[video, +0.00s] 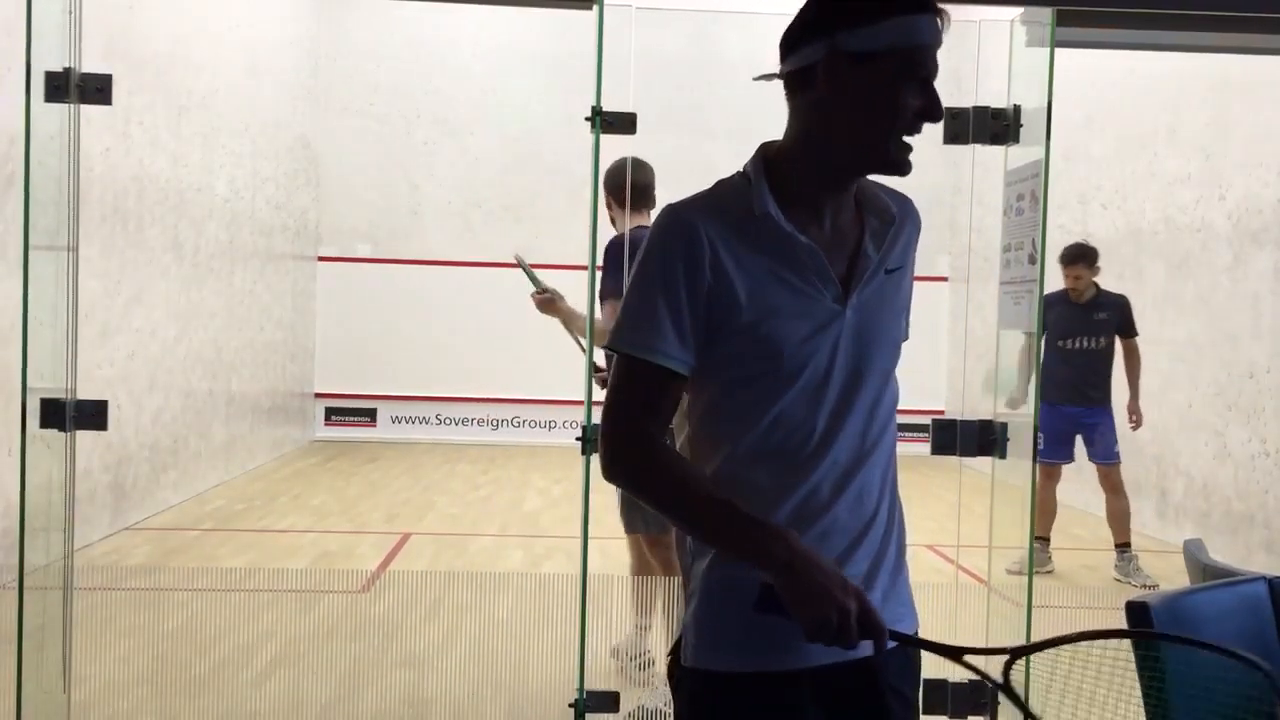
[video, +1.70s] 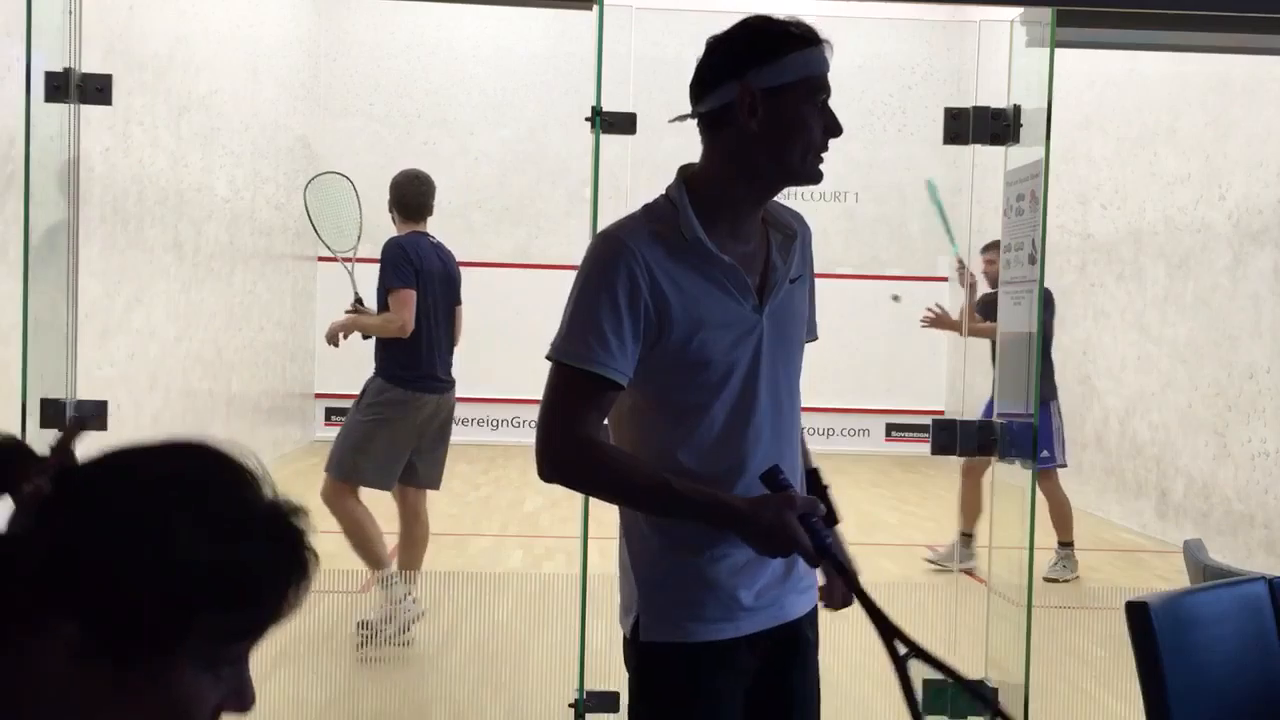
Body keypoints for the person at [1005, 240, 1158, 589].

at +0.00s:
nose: (1070, 284)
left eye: (1077, 278)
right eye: (1066, 277)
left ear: (1094, 273)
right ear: (1061, 273)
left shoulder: (1116, 305)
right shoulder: (1049, 304)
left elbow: (1130, 350)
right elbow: (1029, 347)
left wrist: (1134, 398)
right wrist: (1021, 390)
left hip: (1097, 409)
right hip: (1054, 407)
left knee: (1112, 480)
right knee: (1047, 476)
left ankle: (1125, 559)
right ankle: (1040, 552)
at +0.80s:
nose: (1030, 281)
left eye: (1033, 273)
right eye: (1023, 275)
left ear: (1044, 267)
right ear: (1017, 276)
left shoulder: (1076, 296)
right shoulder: (1016, 304)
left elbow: (1102, 344)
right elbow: (997, 356)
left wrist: (1080, 381)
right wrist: (993, 403)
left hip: (1068, 404)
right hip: (1030, 405)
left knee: (1067, 478)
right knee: (1037, 479)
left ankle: (1068, 556)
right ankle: (1038, 552)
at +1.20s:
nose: (1036, 267)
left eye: (1042, 260)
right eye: (1032, 260)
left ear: (1056, 260)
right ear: (1025, 264)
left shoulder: (1077, 298)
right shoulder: (1021, 299)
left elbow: (1078, 344)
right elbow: (991, 335)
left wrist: (1059, 375)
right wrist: (969, 356)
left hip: (1063, 402)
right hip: (1026, 400)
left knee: (1062, 475)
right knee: (1031, 476)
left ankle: (1067, 555)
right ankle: (1038, 551)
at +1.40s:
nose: (1035, 269)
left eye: (1040, 262)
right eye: (1029, 263)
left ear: (1052, 261)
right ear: (1020, 265)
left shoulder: (1070, 299)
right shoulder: (1017, 299)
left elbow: (1049, 348)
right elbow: (984, 334)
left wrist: (1015, 379)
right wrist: (975, 330)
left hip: (1059, 402)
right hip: (1023, 399)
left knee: (1059, 478)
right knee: (1011, 474)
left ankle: (1067, 555)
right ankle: (1035, 547)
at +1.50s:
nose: (1025, 265)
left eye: (1032, 257)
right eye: (1019, 258)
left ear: (1045, 259)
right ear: (1011, 261)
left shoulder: (1062, 298)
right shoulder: (1014, 298)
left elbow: (1036, 337)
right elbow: (980, 333)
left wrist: (987, 358)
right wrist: (982, 316)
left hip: (1054, 403)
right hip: (1017, 401)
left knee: (1057, 479)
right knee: (1000, 477)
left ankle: (1067, 556)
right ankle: (1026, 542)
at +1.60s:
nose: (1013, 262)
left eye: (1021, 254)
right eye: (1008, 255)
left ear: (1034, 257)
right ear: (1002, 258)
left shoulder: (1053, 297)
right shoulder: (1005, 297)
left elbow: (1019, 334)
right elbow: (977, 331)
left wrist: (963, 336)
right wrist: (980, 303)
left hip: (1047, 401)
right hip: (1012, 402)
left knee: (1053, 480)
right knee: (984, 470)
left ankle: (1067, 556)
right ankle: (1002, 547)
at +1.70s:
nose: (986, 269)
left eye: (992, 263)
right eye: (985, 264)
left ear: (1012, 263)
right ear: (985, 266)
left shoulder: (1038, 297)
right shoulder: (993, 299)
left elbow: (1010, 330)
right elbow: (968, 326)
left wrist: (955, 326)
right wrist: (970, 292)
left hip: (1038, 401)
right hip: (1002, 399)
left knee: (1048, 482)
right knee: (971, 469)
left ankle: (1066, 555)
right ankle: (964, 547)